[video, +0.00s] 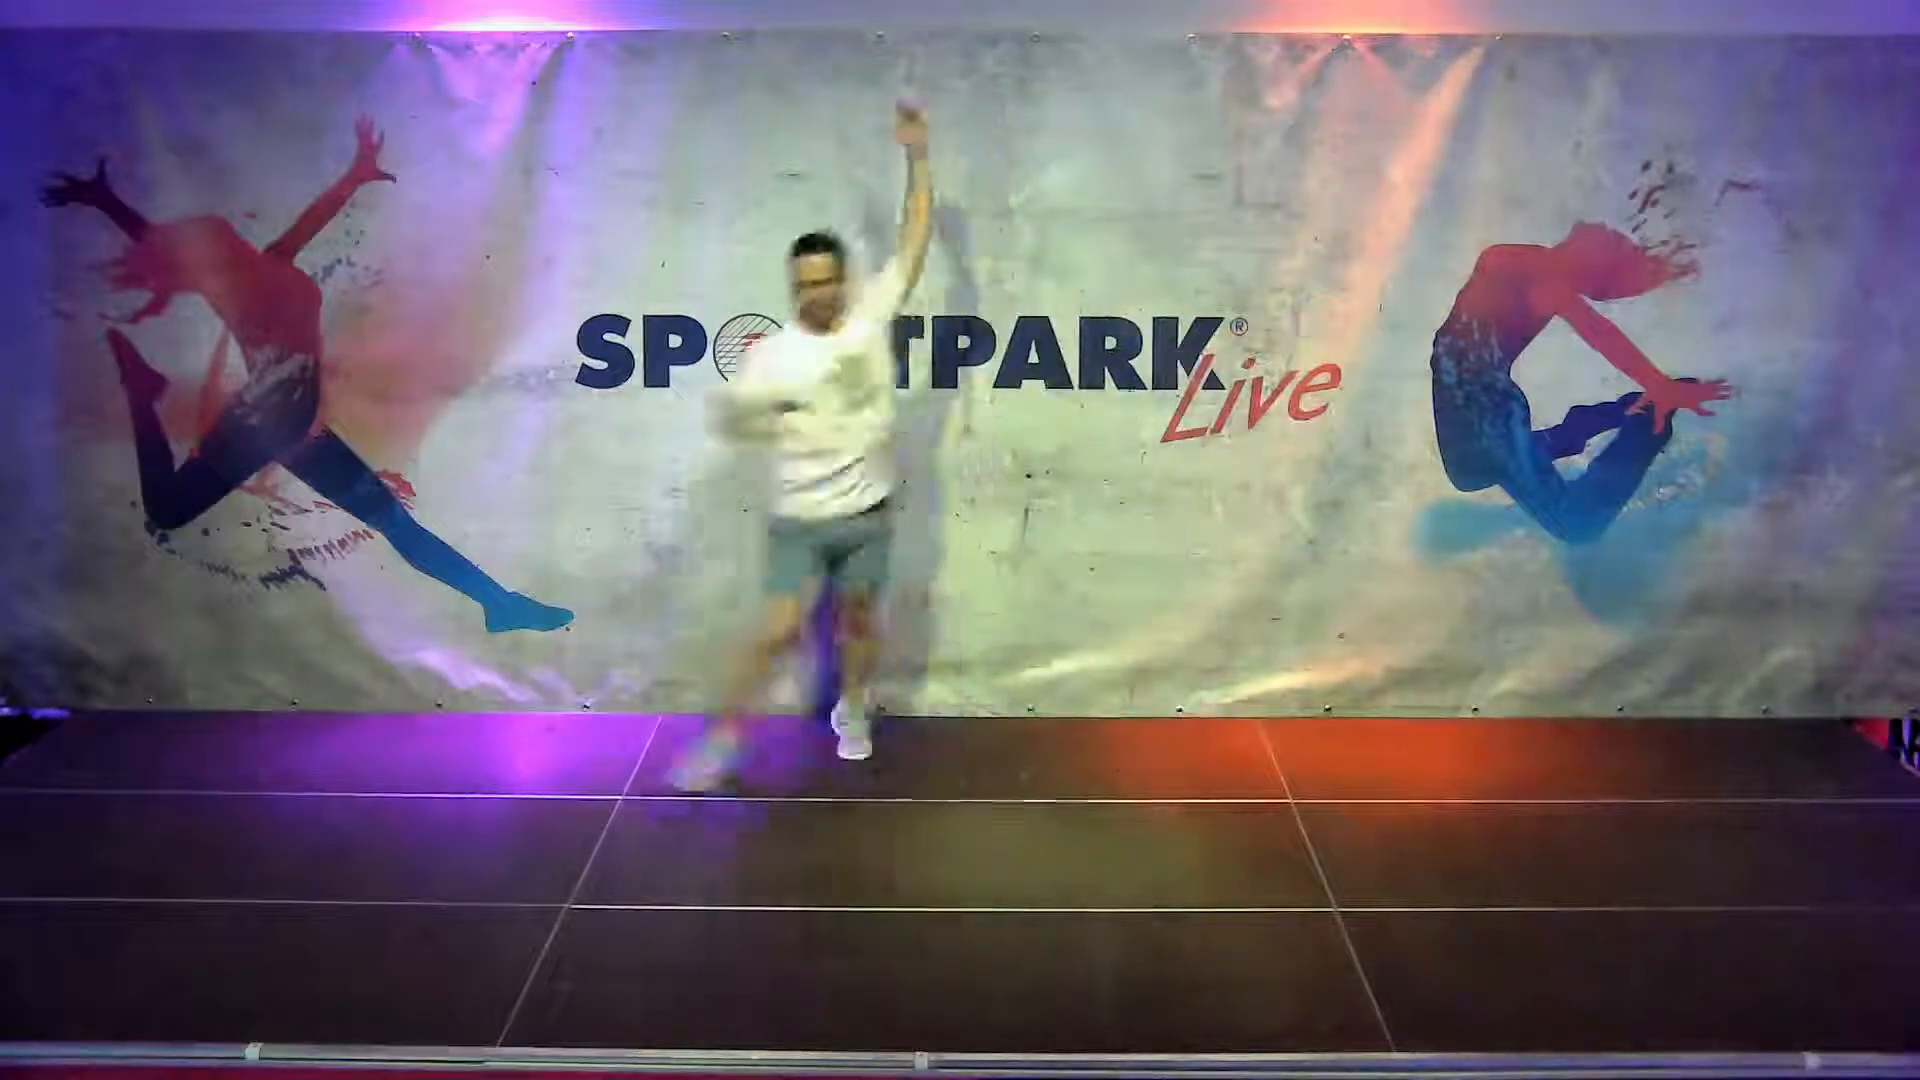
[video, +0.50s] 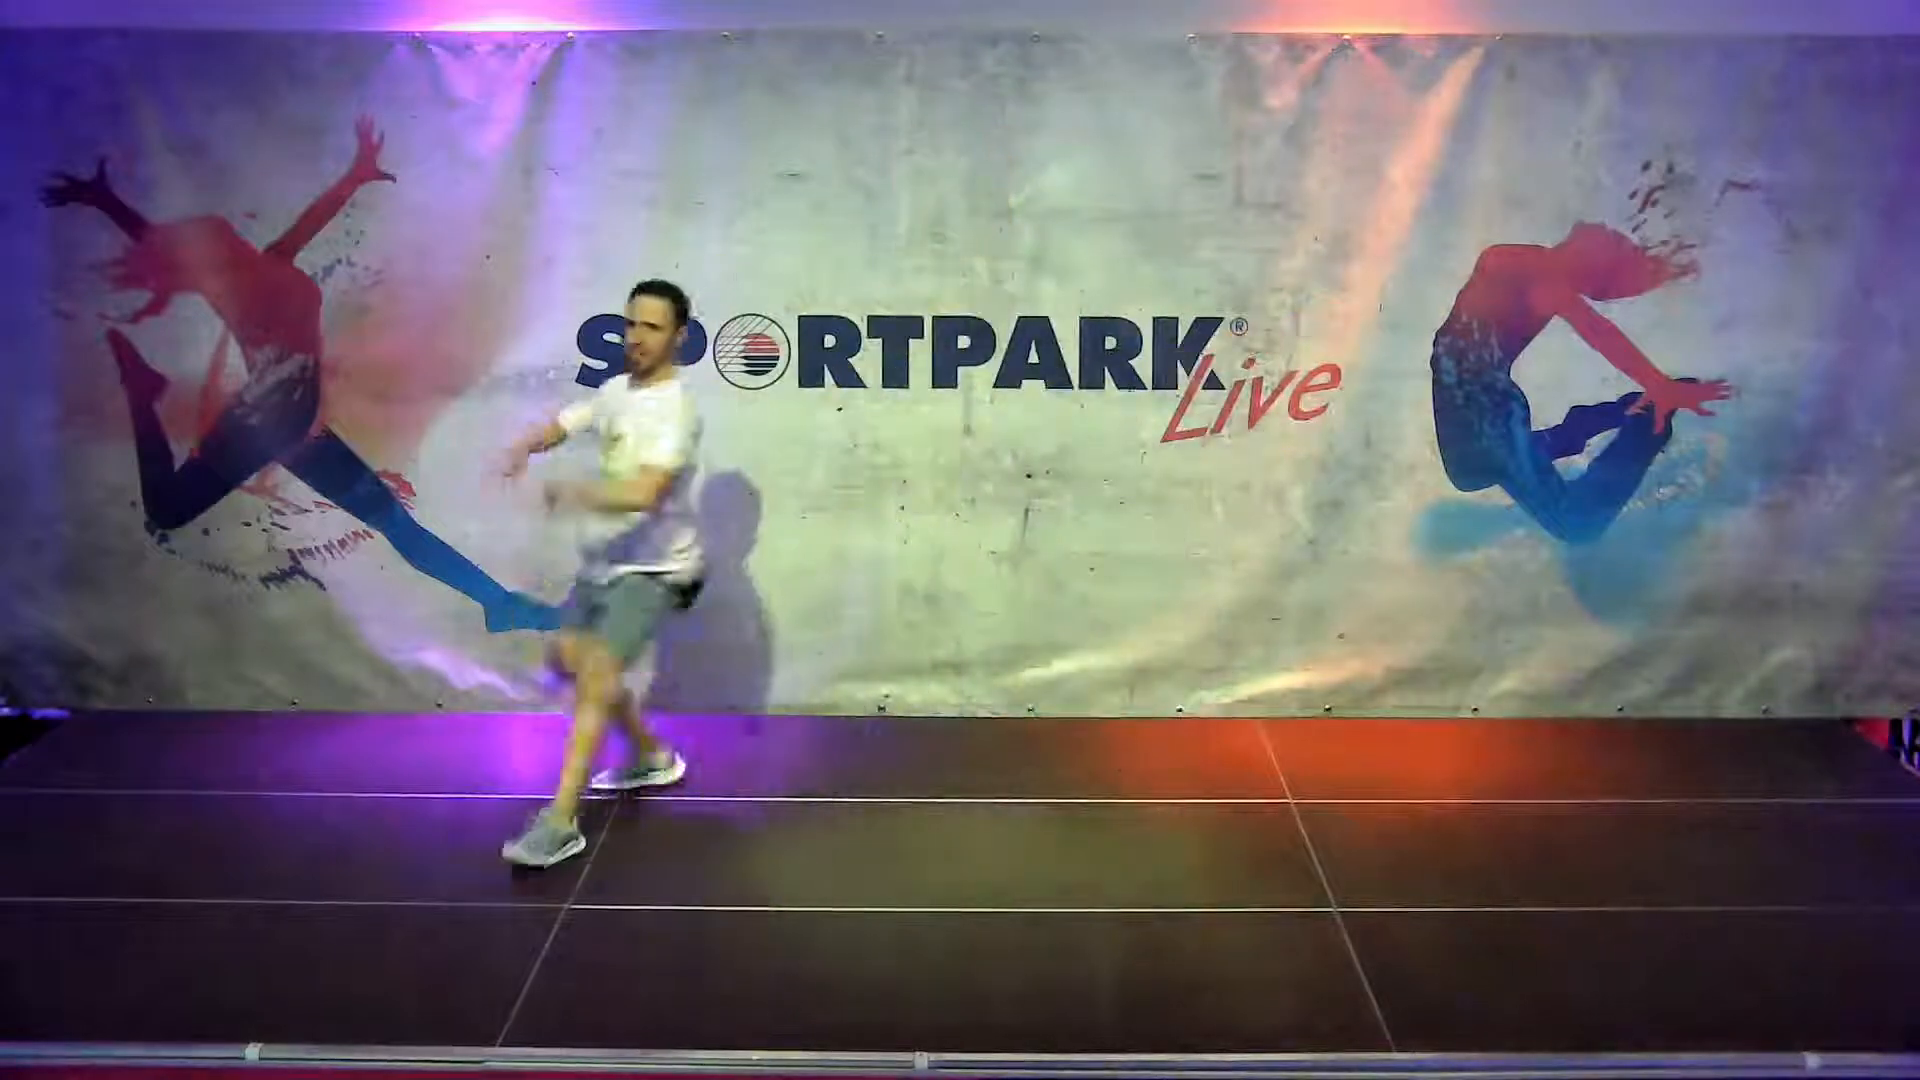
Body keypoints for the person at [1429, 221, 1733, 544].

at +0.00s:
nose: (1601, 232)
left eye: (1607, 245)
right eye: (1613, 237)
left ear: (1595, 260)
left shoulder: (1548, 284)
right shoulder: (1528, 263)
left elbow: (1597, 331)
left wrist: (1657, 384)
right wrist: (1648, 271)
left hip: (1489, 403)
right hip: (1454, 390)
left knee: (1575, 524)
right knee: (1468, 474)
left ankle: (1651, 420)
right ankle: (1568, 437)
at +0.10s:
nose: (1601, 232)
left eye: (1606, 245)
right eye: (1612, 237)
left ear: (1596, 259)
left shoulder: (1547, 283)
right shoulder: (1527, 263)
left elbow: (1597, 331)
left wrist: (1657, 384)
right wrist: (1649, 272)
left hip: (1489, 402)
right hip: (1454, 390)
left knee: (1575, 524)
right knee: (1467, 474)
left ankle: (1651, 421)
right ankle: (1569, 436)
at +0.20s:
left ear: (1595, 257)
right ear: (1594, 238)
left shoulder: (1547, 283)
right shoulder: (1524, 263)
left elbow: (1597, 331)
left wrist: (1657, 384)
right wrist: (1649, 271)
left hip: (1488, 402)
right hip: (1454, 390)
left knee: (1575, 524)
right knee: (1468, 474)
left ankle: (1651, 421)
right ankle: (1570, 436)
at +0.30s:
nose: (1601, 236)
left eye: (1604, 248)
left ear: (1594, 258)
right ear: (1595, 238)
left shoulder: (1546, 283)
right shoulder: (1524, 263)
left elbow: (1597, 331)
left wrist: (1657, 384)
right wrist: (1648, 272)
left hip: (1489, 403)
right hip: (1455, 391)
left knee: (1575, 524)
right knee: (1468, 474)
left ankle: (1651, 421)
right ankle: (1569, 436)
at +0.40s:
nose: (1601, 236)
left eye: (1604, 248)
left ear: (1594, 258)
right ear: (1595, 238)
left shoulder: (1546, 283)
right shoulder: (1524, 263)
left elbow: (1597, 331)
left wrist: (1657, 384)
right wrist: (1648, 272)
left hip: (1489, 403)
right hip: (1455, 391)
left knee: (1575, 524)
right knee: (1468, 474)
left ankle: (1651, 421)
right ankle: (1569, 436)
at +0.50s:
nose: (1602, 234)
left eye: (1605, 247)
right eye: (1612, 239)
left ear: (1595, 259)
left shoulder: (1546, 283)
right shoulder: (1526, 263)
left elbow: (1596, 330)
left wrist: (1657, 384)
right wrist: (1647, 272)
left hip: (1488, 403)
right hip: (1454, 391)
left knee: (1575, 524)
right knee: (1468, 474)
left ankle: (1650, 422)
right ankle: (1570, 436)